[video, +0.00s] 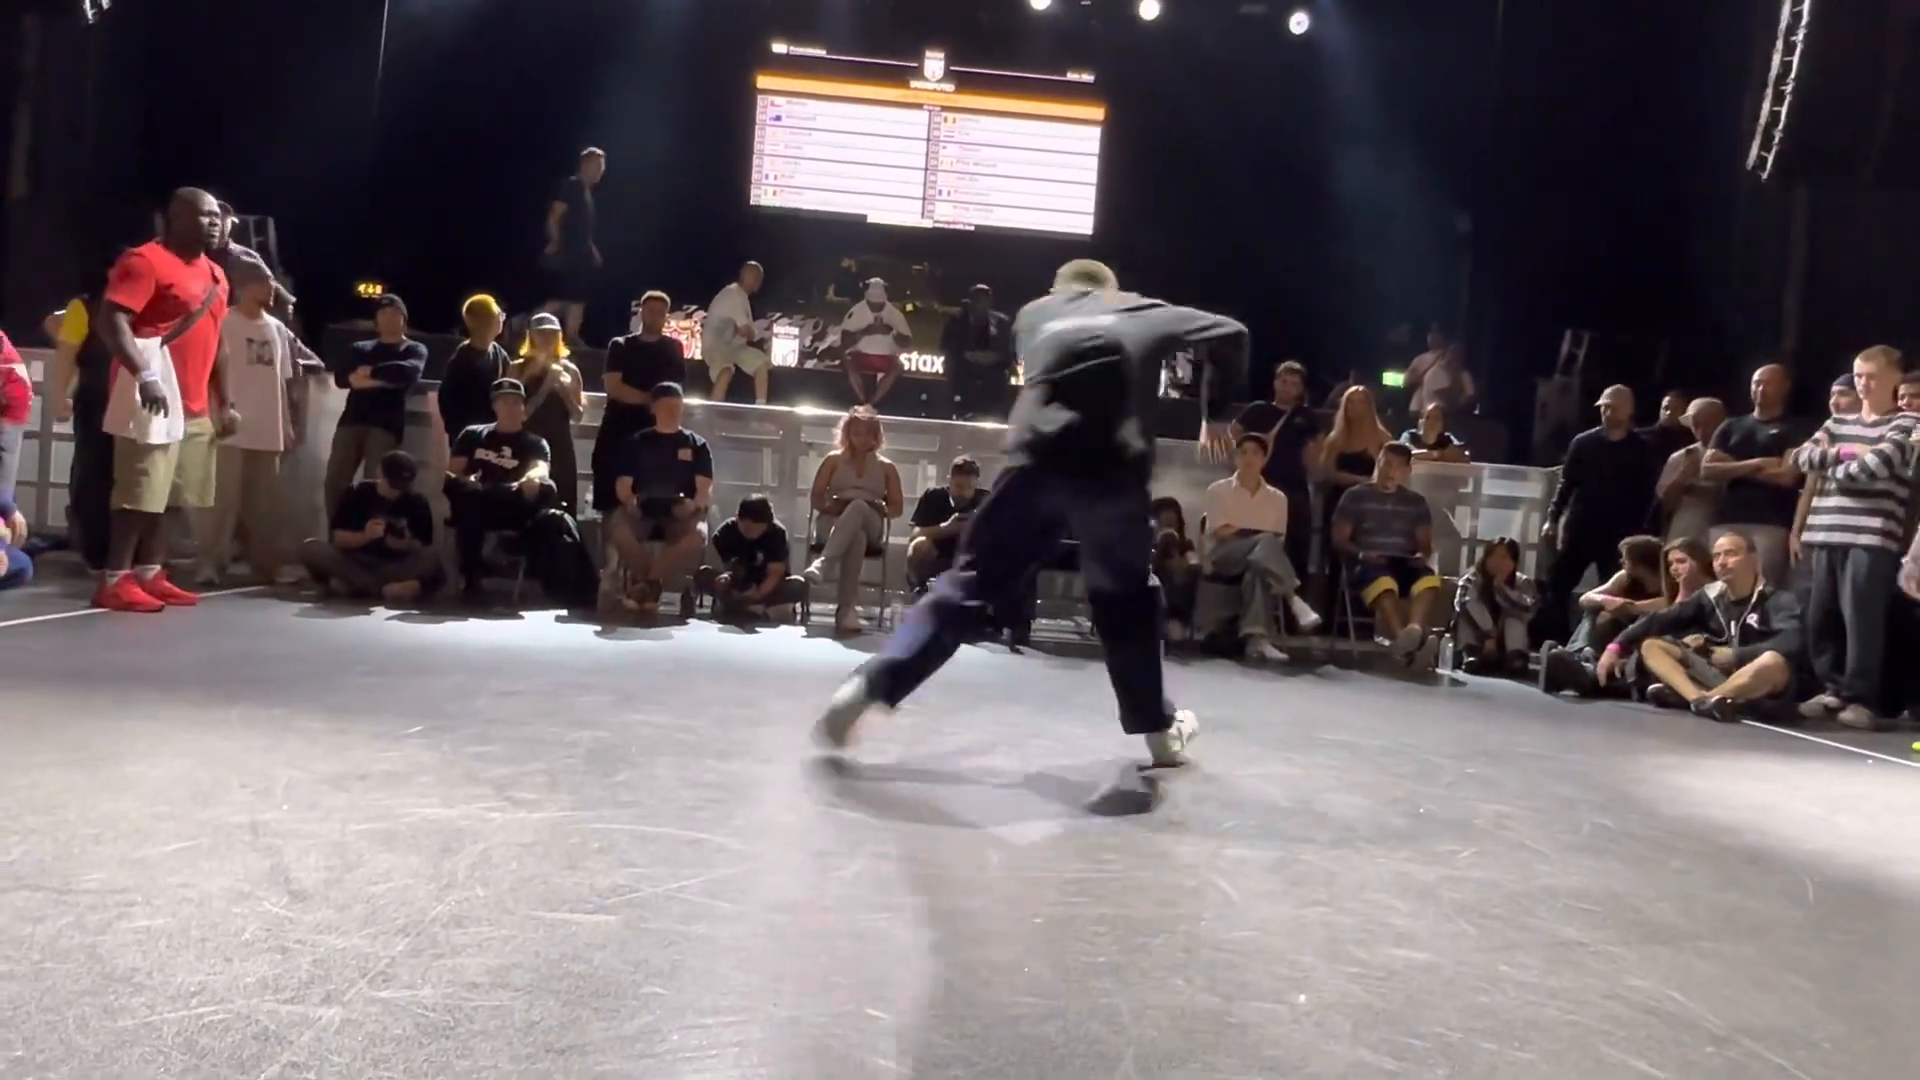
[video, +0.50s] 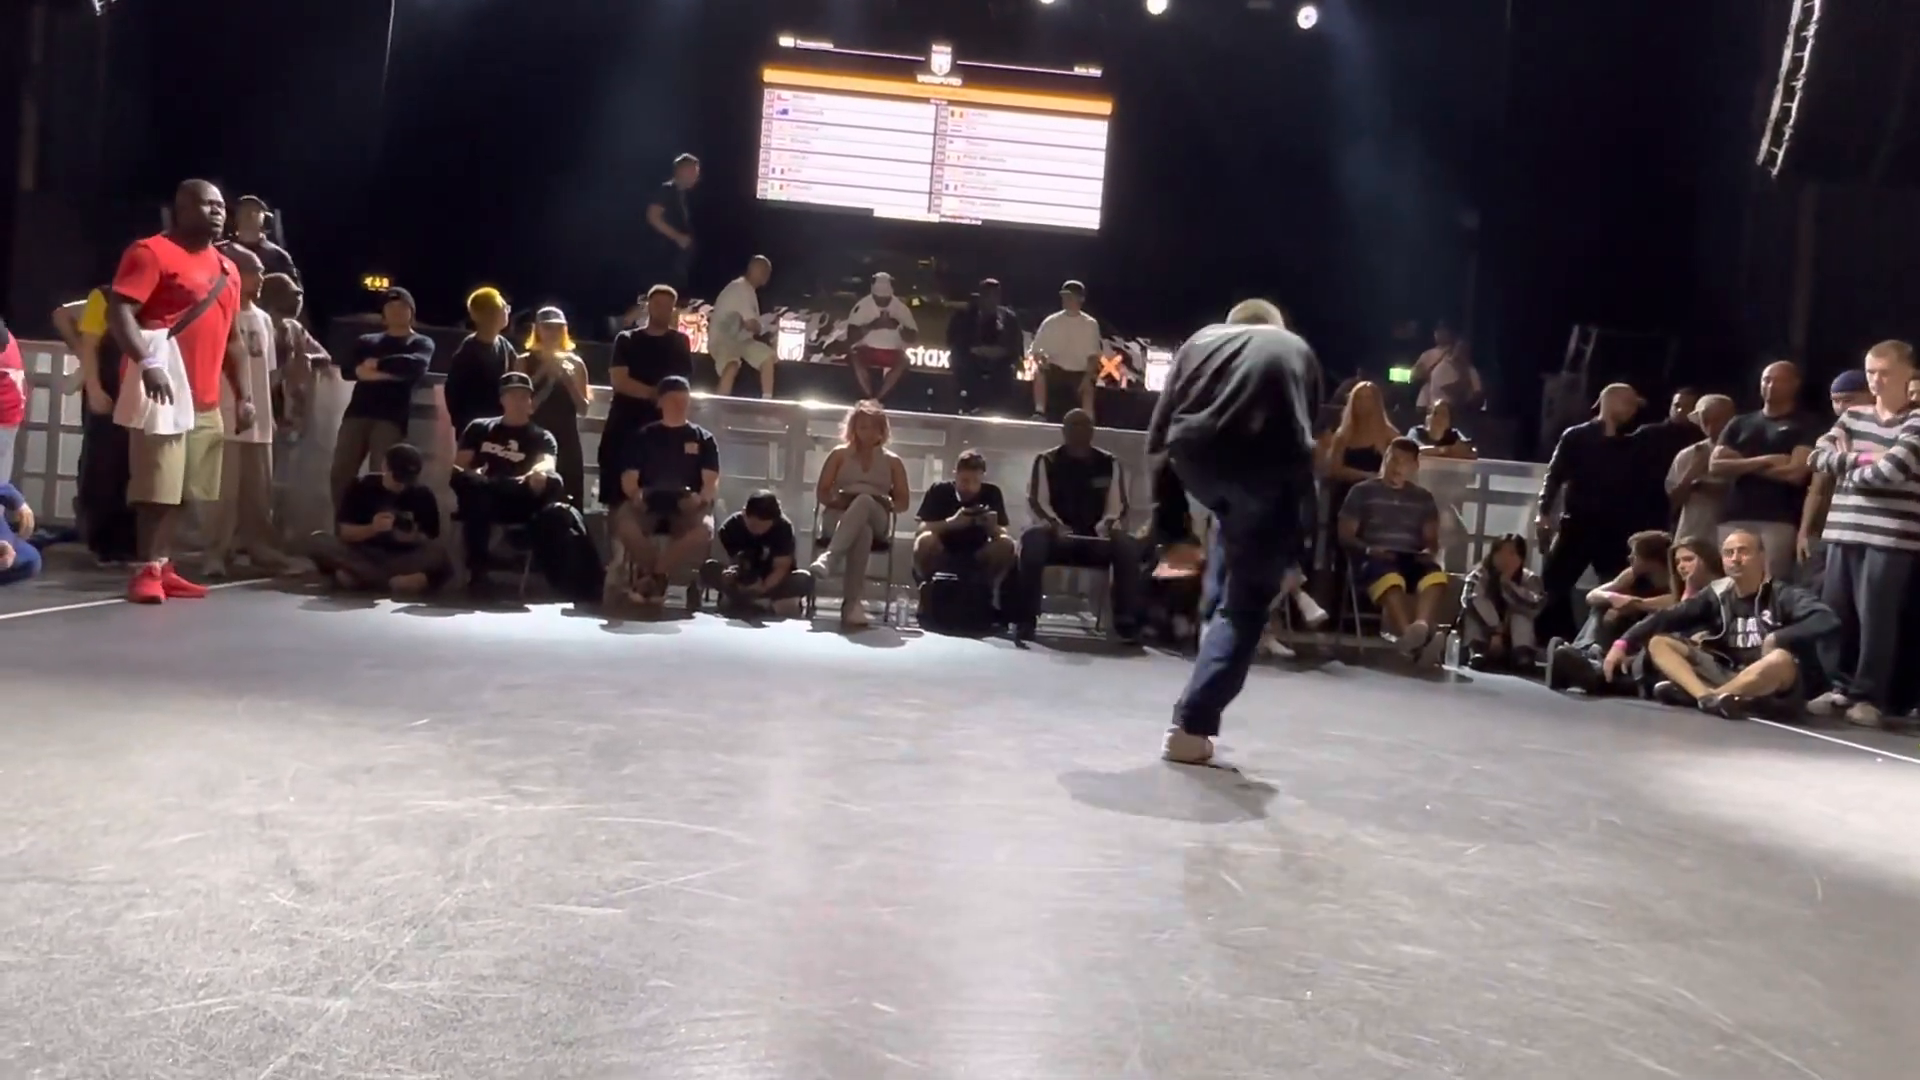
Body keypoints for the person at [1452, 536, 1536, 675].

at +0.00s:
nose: (1497, 562)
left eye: (1503, 557)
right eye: (1492, 556)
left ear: (1513, 564)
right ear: (1485, 559)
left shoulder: (1522, 582)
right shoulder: (1471, 580)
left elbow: (1528, 607)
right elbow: (1465, 604)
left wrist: (1500, 587)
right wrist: (1489, 633)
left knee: (1513, 619)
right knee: (1466, 615)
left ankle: (1517, 657)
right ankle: (1469, 655)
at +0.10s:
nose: (1498, 561)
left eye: (1505, 557)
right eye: (1493, 555)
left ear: (1515, 563)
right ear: (1487, 558)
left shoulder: (1524, 582)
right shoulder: (1473, 579)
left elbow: (1531, 607)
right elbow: (1467, 604)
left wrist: (1502, 587)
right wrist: (1490, 631)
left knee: (1515, 618)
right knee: (1468, 613)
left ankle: (1518, 656)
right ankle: (1471, 654)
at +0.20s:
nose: (1501, 561)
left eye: (1507, 556)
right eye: (1496, 554)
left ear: (1517, 562)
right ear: (1489, 557)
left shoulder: (1526, 581)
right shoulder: (1475, 579)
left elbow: (1533, 608)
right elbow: (1468, 603)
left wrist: (1504, 586)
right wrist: (1492, 631)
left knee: (1516, 617)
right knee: (1470, 613)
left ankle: (1520, 656)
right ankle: (1473, 654)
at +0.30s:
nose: (1502, 560)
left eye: (1508, 555)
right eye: (1497, 554)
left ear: (1518, 561)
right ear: (1490, 556)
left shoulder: (1527, 580)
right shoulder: (1476, 577)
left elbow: (1533, 606)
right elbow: (1470, 602)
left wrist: (1505, 585)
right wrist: (1493, 631)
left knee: (1518, 616)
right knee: (1471, 612)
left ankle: (1521, 655)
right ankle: (1474, 652)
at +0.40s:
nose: (1503, 560)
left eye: (1510, 555)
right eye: (1499, 554)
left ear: (1520, 560)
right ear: (1492, 556)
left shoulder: (1528, 580)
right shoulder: (1478, 576)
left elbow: (1534, 606)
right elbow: (1470, 601)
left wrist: (1506, 585)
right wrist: (1494, 629)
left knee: (1519, 615)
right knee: (1472, 612)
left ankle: (1523, 654)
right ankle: (1475, 652)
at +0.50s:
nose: (1504, 559)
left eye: (1511, 554)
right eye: (1500, 553)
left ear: (1521, 559)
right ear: (1493, 555)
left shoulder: (1530, 579)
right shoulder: (1479, 575)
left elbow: (1535, 605)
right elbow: (1472, 600)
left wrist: (1507, 584)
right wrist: (1494, 629)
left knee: (1520, 615)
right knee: (1472, 611)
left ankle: (1523, 653)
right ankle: (1476, 650)